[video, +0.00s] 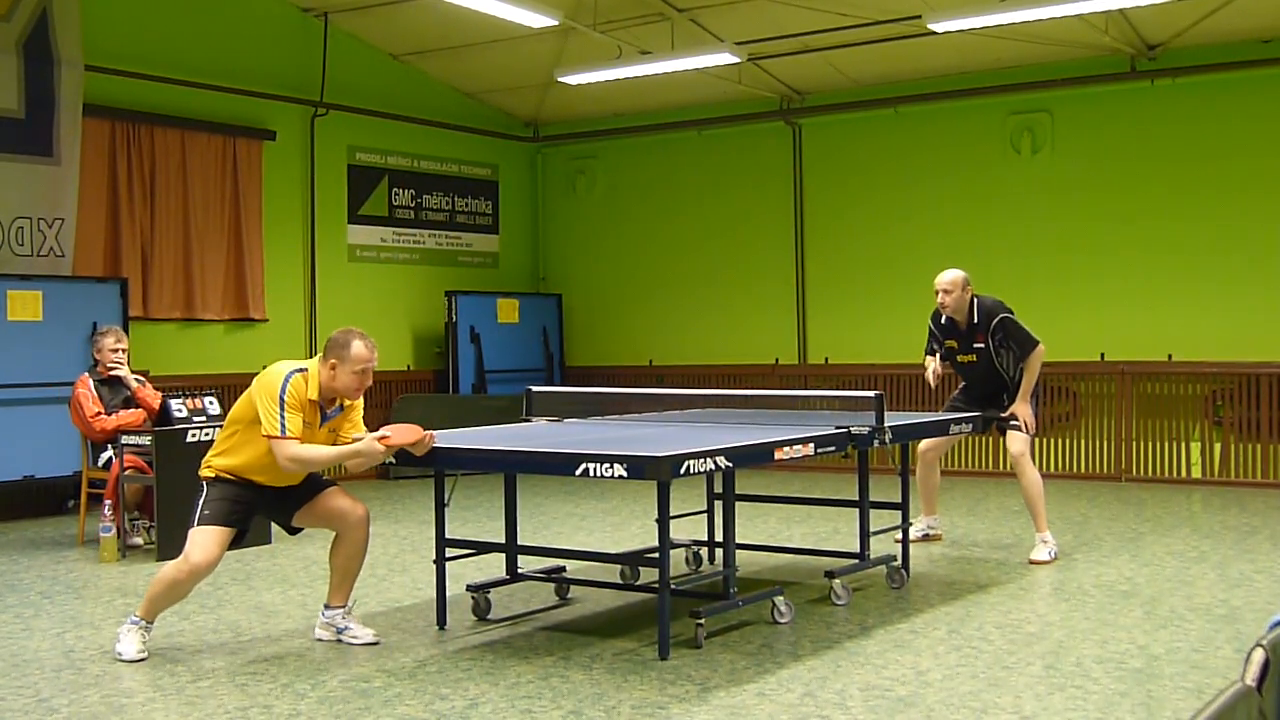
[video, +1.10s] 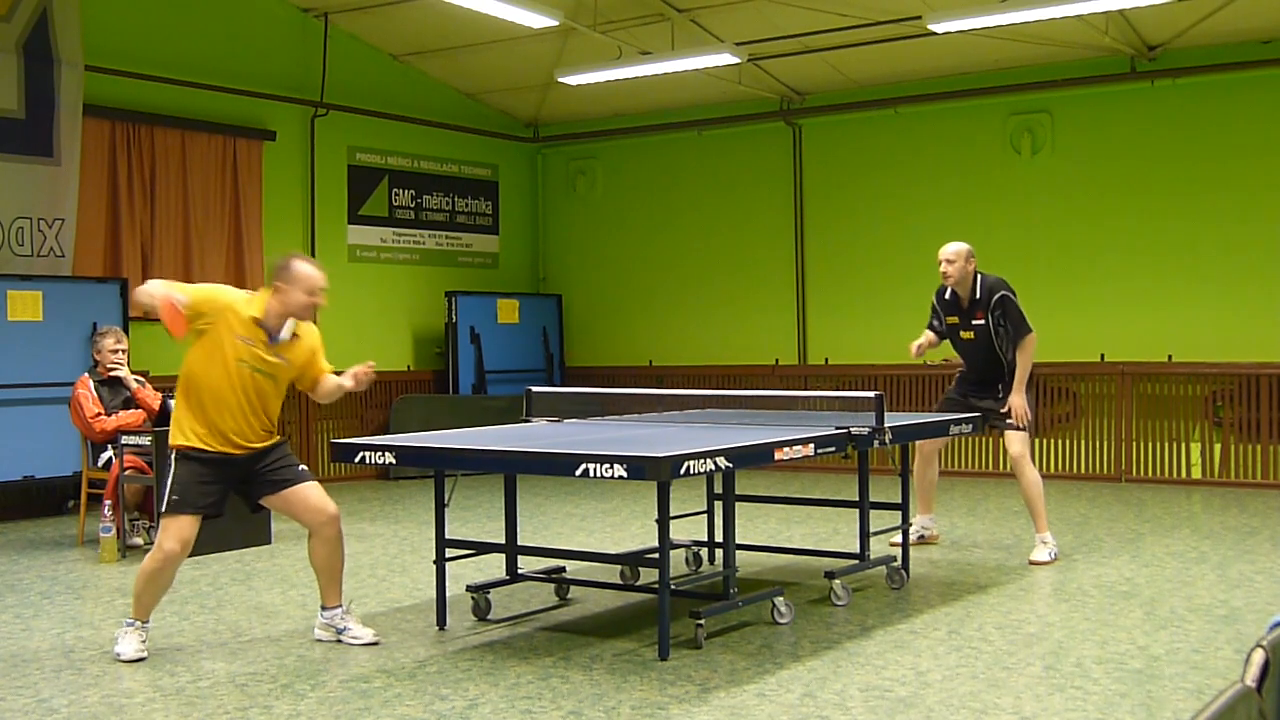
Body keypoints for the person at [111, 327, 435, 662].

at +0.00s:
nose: (368, 382)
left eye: (371, 373)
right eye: (362, 372)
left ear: (340, 368)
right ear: (330, 367)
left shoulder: (350, 396)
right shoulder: (283, 382)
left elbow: (349, 464)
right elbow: (288, 458)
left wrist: (391, 446)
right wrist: (361, 449)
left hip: (286, 480)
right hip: (232, 478)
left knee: (356, 515)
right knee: (199, 561)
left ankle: (335, 616)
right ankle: (139, 624)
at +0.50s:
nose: (342, 365)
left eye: (344, 356)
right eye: (335, 356)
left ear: (340, 353)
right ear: (304, 350)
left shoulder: (332, 379)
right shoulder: (259, 370)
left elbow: (347, 440)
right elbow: (280, 439)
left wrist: (394, 441)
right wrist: (347, 432)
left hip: (286, 474)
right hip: (227, 476)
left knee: (353, 516)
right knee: (196, 562)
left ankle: (335, 617)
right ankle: (141, 623)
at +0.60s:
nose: (323, 349)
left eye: (325, 342)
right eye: (317, 342)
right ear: (285, 336)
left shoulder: (315, 360)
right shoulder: (240, 353)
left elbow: (341, 415)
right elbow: (267, 409)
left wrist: (386, 407)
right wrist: (332, 389)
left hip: (278, 468)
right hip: (218, 472)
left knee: (347, 517)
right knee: (190, 559)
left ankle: (334, 616)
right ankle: (140, 624)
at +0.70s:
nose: (311, 335)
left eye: (313, 327)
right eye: (304, 326)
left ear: (314, 324)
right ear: (273, 320)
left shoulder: (305, 350)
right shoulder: (228, 337)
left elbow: (335, 398)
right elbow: (244, 388)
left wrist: (368, 374)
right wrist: (304, 357)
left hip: (273, 461)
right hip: (213, 466)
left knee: (340, 515)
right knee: (185, 556)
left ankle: (335, 617)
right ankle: (139, 625)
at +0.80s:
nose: (295, 303)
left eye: (297, 295)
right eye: (287, 295)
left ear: (297, 294)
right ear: (255, 295)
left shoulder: (293, 329)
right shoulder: (213, 317)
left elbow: (323, 380)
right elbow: (182, 357)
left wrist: (349, 349)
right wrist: (244, 338)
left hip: (268, 452)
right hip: (203, 456)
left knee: (332, 517)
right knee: (177, 550)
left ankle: (334, 617)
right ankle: (137, 625)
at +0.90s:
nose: (292, 291)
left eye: (293, 282)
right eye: (283, 284)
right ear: (251, 286)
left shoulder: (289, 323)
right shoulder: (206, 308)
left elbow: (318, 379)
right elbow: (145, 334)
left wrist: (342, 358)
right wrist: (206, 323)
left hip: (265, 448)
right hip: (199, 451)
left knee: (327, 517)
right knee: (174, 548)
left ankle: (333, 616)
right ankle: (135, 626)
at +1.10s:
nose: (320, 301)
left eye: (322, 293)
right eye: (313, 292)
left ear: (304, 294)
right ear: (282, 288)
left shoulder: (306, 337)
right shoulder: (225, 303)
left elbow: (321, 390)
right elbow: (147, 292)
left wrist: (346, 381)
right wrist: (160, 300)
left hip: (261, 449)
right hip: (198, 448)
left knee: (326, 516)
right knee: (172, 548)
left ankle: (333, 616)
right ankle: (136, 626)